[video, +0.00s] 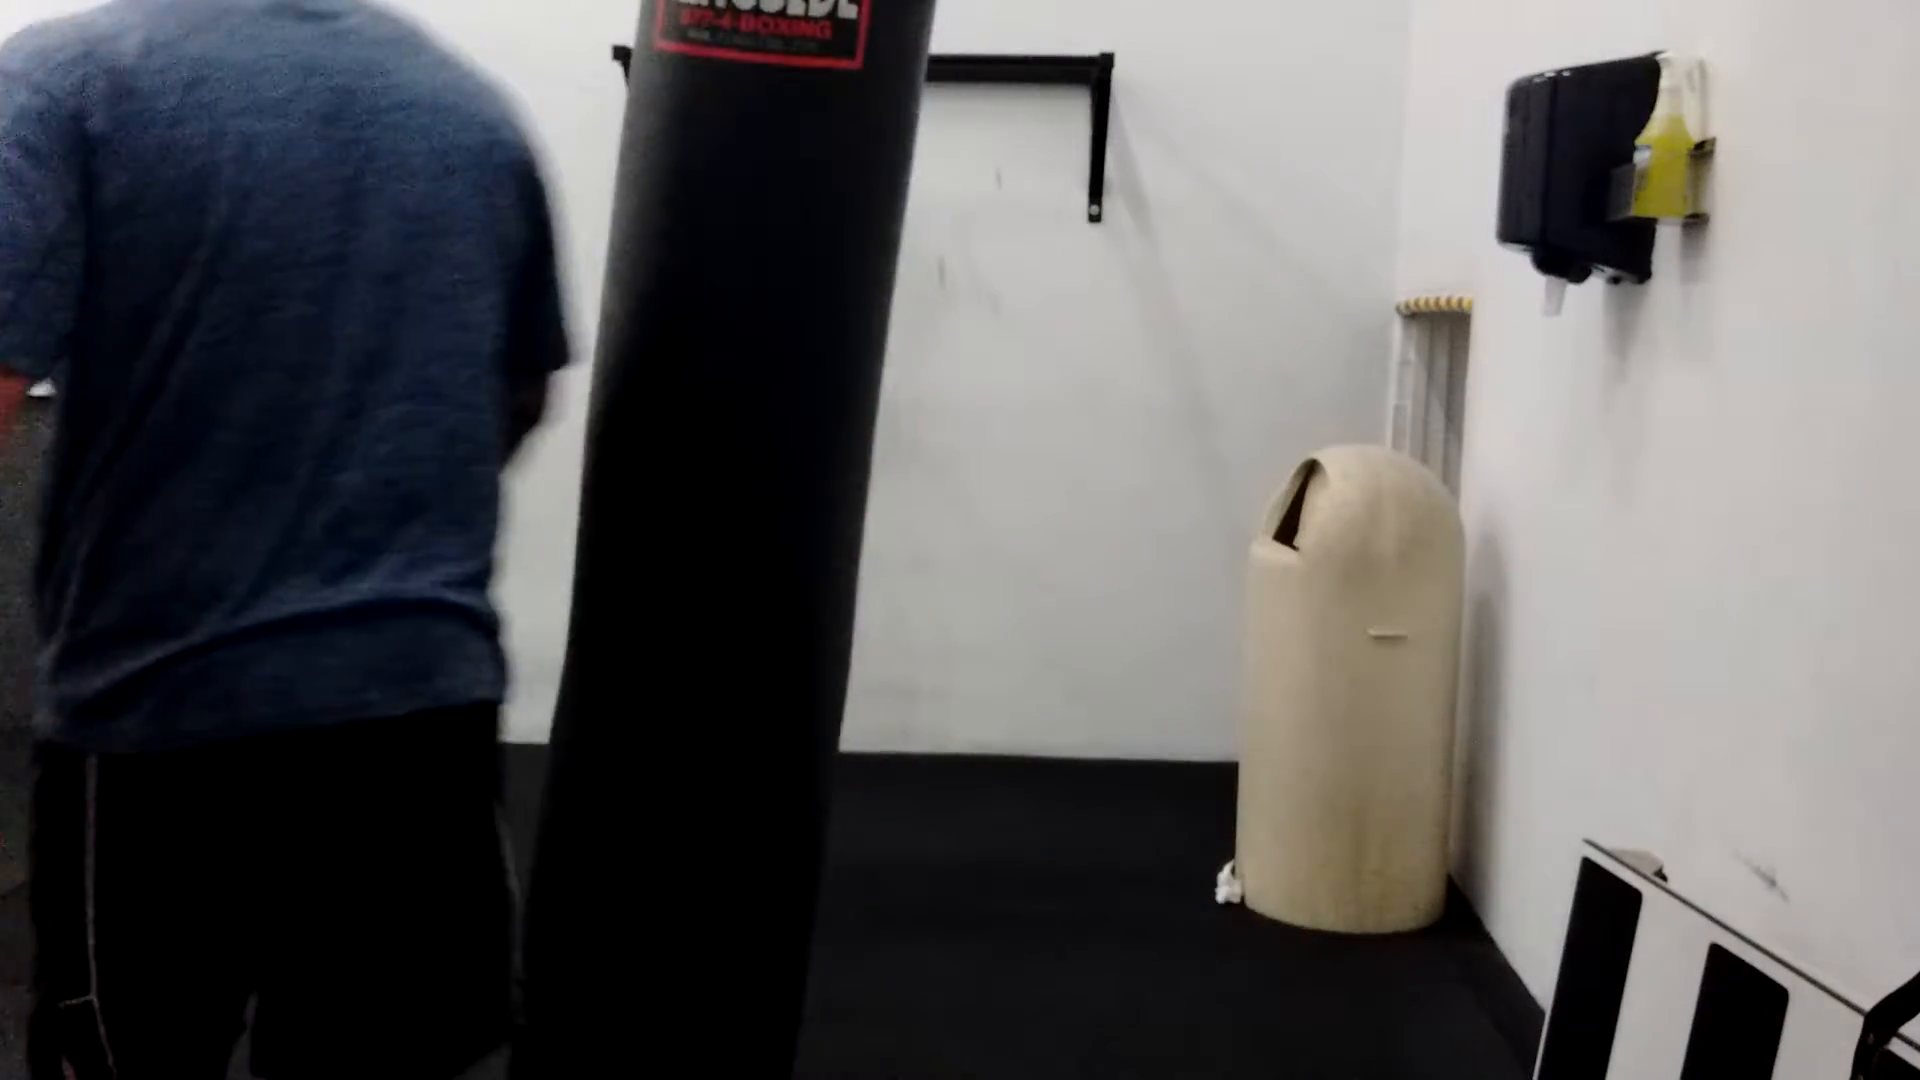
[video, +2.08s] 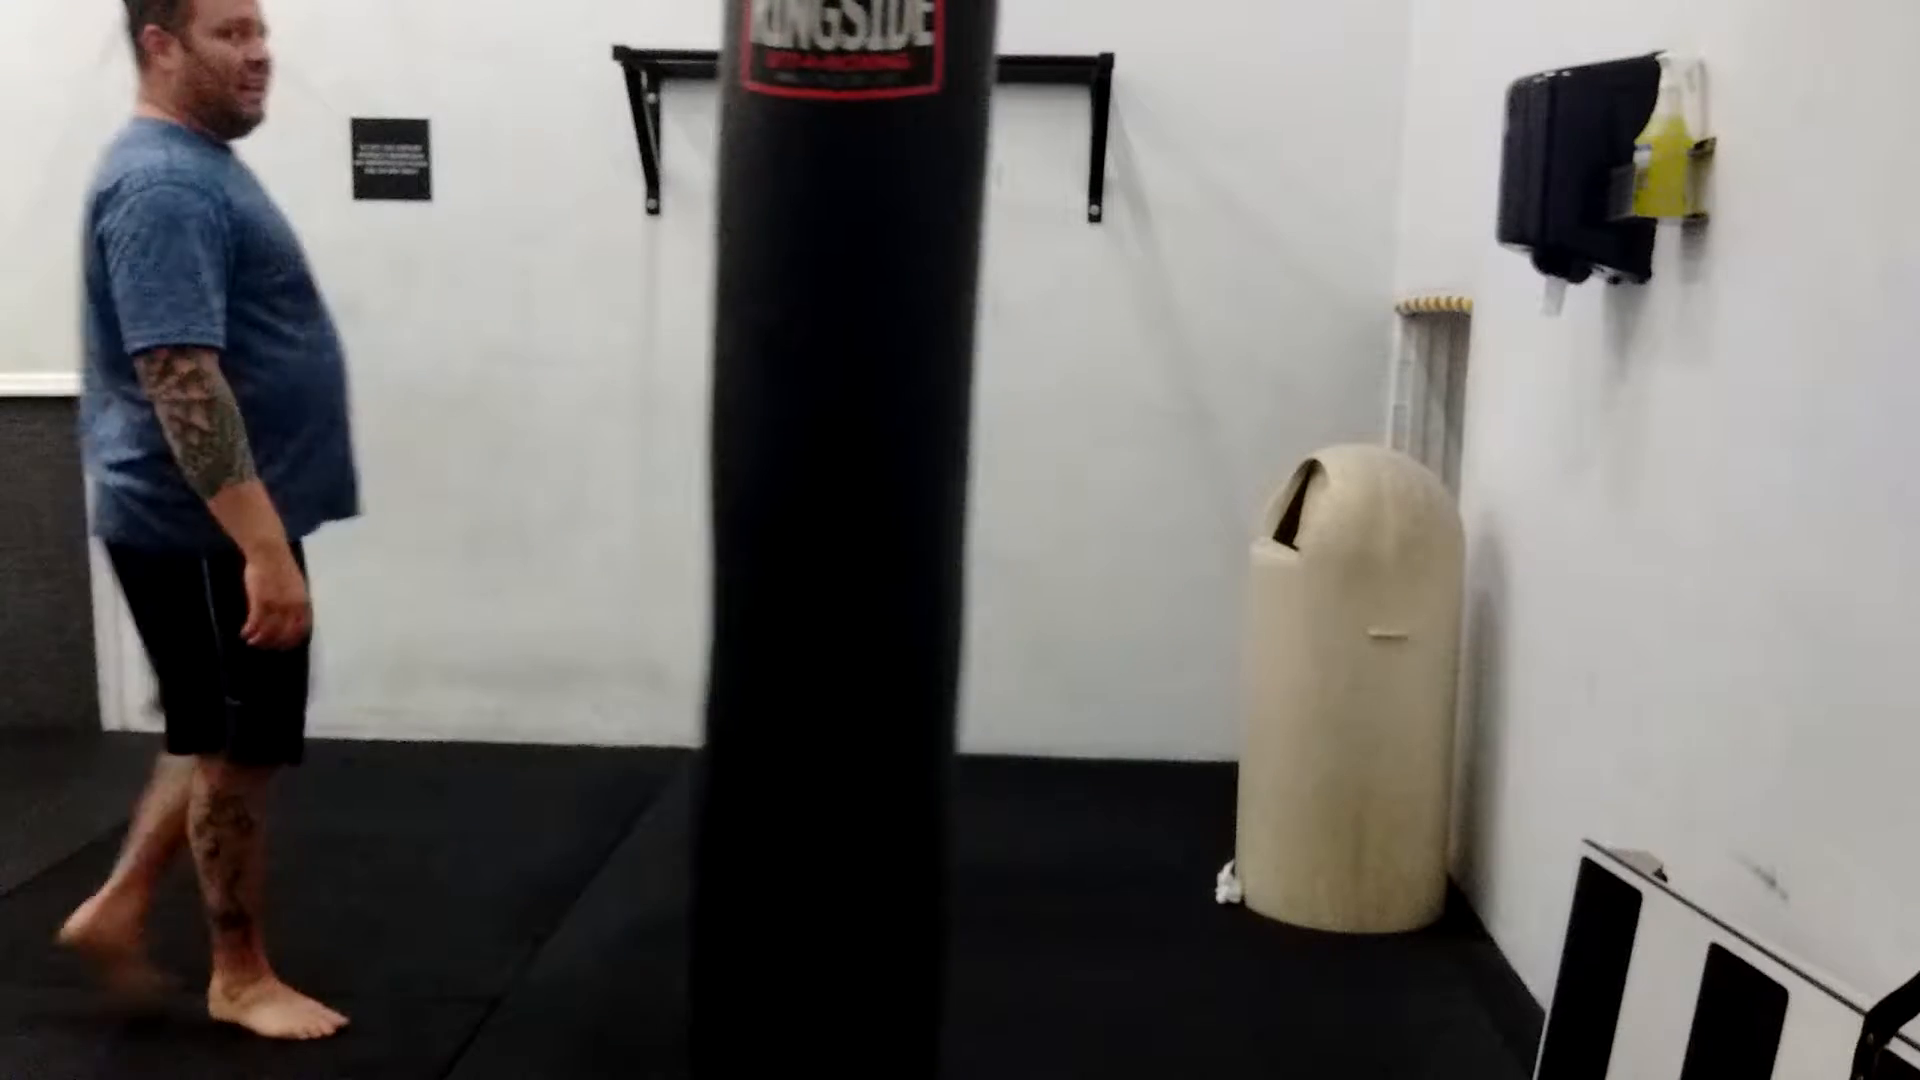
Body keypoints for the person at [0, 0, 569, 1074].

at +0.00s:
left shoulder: (60, 75)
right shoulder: (462, 96)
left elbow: (4, 392)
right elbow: (521, 394)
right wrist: (372, 501)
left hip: (148, 721)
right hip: (424, 713)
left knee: (133, 1054)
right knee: (403, 1054)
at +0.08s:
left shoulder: (34, 103)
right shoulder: (415, 114)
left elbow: (2, 394)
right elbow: (463, 394)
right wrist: (308, 494)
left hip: (104, 717)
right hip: (377, 703)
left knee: (119, 1052)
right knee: (386, 1049)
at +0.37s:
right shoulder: (257, 108)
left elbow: (341, 369)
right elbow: (342, 373)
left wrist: (305, 563)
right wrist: (309, 561)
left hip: (17, 623)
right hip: (214, 631)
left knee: (38, 1018)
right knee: (258, 973)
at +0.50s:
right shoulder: (226, 114)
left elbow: (324, 369)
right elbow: (326, 371)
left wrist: (324, 568)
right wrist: (328, 568)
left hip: (12, 605)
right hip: (172, 609)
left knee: (27, 985)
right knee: (192, 927)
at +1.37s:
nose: (171, 53)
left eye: (172, 33)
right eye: (169, 30)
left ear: (36, 28)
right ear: (134, 23)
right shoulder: (169, 171)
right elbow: (269, 370)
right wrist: (315, 474)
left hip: (6, 547)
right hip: (136, 557)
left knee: (28, 811)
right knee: (125, 834)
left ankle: (53, 1035)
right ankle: (87, 1064)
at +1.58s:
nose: (188, 50)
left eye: (186, 27)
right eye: (179, 26)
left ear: (73, 29)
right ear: (128, 22)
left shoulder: (8, 139)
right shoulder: (147, 166)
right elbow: (225, 367)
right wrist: (294, 515)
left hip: (24, 533)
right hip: (151, 535)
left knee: (44, 771)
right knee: (251, 753)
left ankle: (61, 1028)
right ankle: (146, 1005)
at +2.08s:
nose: (262, 56)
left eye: (262, 34)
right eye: (236, 33)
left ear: (179, 50)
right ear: (162, 46)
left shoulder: (189, 168)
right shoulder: (161, 185)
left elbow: (196, 375)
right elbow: (183, 388)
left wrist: (271, 525)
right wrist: (267, 548)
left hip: (206, 520)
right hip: (196, 528)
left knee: (213, 729)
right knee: (240, 748)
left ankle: (116, 907)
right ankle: (240, 978)